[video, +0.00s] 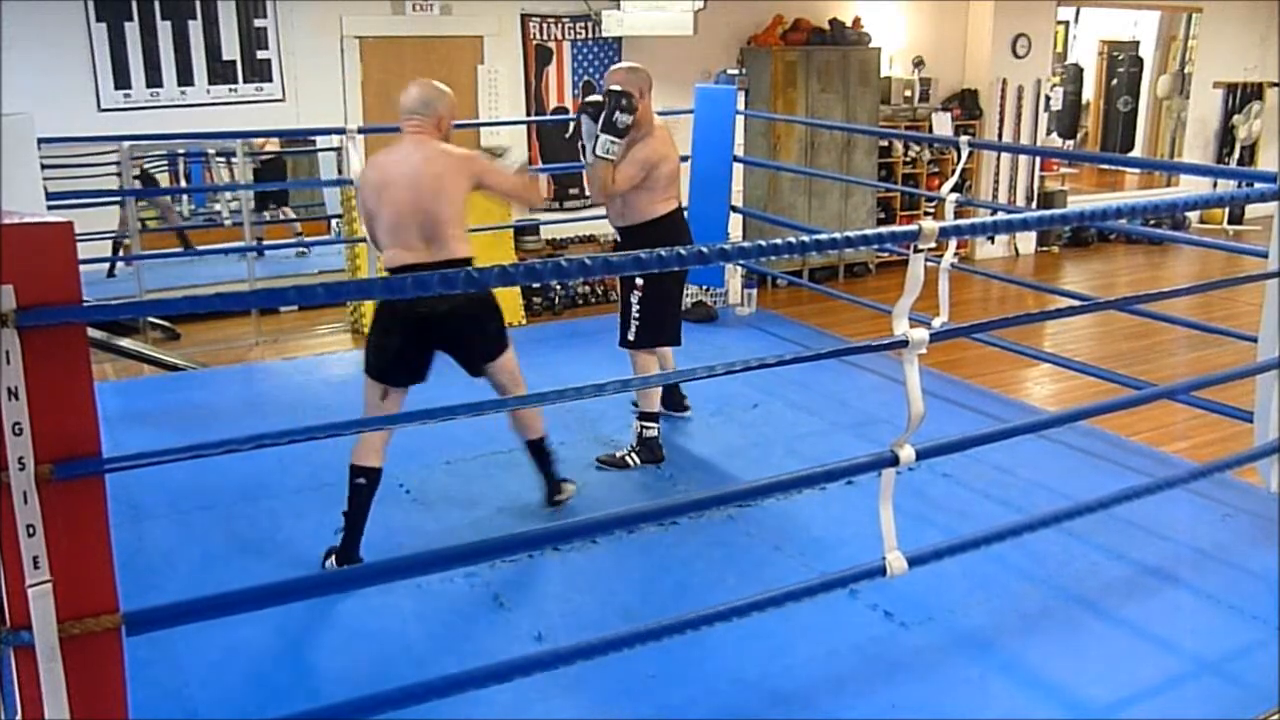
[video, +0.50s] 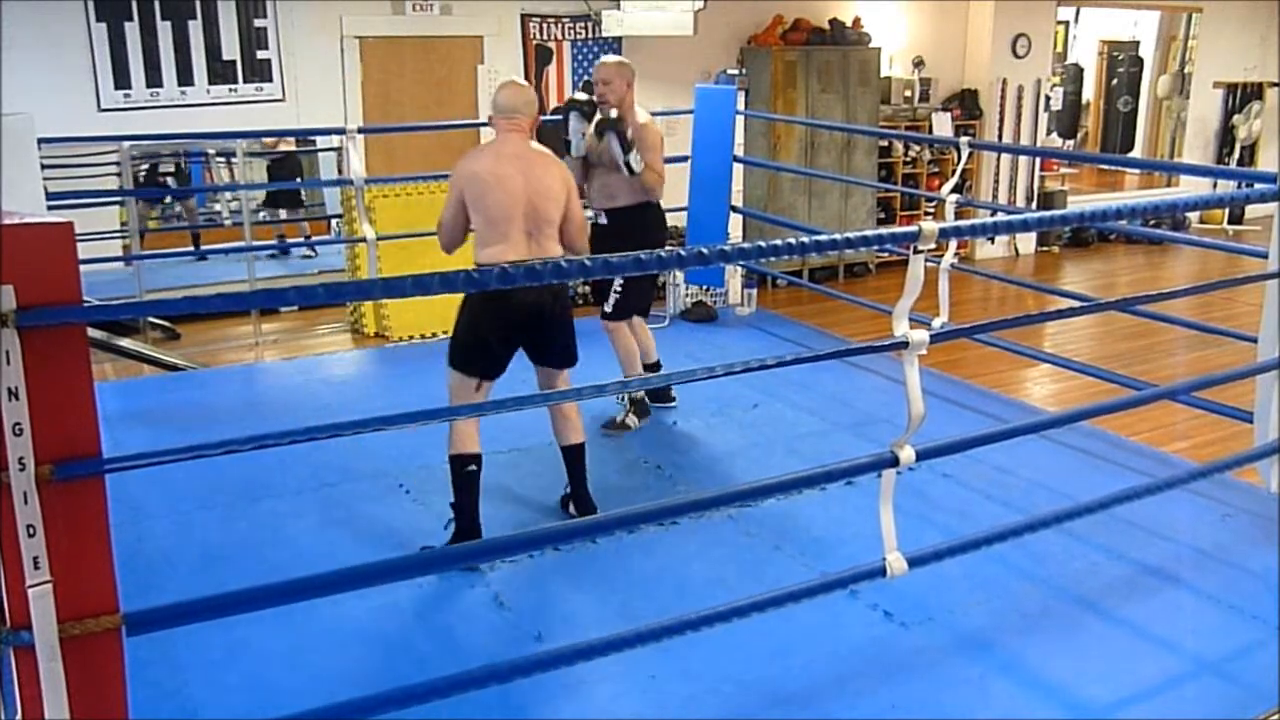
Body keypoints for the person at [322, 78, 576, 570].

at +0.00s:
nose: (455, 125)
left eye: (453, 119)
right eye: (453, 119)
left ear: (402, 119)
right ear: (442, 121)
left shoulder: (371, 171)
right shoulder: (461, 161)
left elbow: (375, 235)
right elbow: (532, 193)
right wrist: (536, 175)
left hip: (399, 302)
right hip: (462, 295)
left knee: (376, 423)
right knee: (514, 389)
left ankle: (349, 546)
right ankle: (552, 484)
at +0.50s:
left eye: (495, 115)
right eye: (533, 117)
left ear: (491, 119)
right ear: (535, 121)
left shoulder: (471, 165)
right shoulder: (557, 168)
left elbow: (449, 240)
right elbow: (578, 244)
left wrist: (482, 207)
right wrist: (543, 217)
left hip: (491, 298)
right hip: (549, 294)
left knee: (465, 409)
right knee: (561, 394)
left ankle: (467, 526)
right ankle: (581, 496)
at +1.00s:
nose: (495, 112)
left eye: (493, 105)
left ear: (495, 108)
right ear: (538, 106)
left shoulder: (480, 154)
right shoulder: (566, 149)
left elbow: (469, 213)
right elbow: (587, 216)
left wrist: (487, 161)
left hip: (518, 272)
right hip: (568, 263)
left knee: (519, 389)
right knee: (561, 342)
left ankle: (544, 508)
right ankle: (575, 442)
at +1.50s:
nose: (555, 113)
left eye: (553, 107)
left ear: (551, 111)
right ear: (586, 117)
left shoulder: (526, 144)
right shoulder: (602, 155)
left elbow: (488, 160)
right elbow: (617, 218)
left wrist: (479, 132)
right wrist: (582, 203)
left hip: (545, 252)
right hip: (592, 251)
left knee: (553, 365)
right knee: (582, 345)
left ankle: (595, 469)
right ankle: (582, 425)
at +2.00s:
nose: (496, 129)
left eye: (496, 121)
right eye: (494, 122)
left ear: (510, 114)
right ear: (529, 106)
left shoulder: (526, 150)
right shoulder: (567, 135)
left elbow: (507, 220)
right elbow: (555, 199)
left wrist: (484, 182)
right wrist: (501, 175)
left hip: (560, 252)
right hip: (588, 241)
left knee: (549, 362)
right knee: (568, 341)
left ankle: (585, 470)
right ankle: (585, 420)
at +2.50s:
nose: (466, 115)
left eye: (468, 107)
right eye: (466, 107)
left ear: (488, 105)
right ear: (505, 102)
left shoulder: (491, 144)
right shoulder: (538, 137)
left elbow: (448, 197)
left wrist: (443, 149)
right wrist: (472, 145)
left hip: (512, 252)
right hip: (539, 247)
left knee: (520, 368)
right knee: (507, 341)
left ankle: (576, 462)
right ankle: (515, 426)